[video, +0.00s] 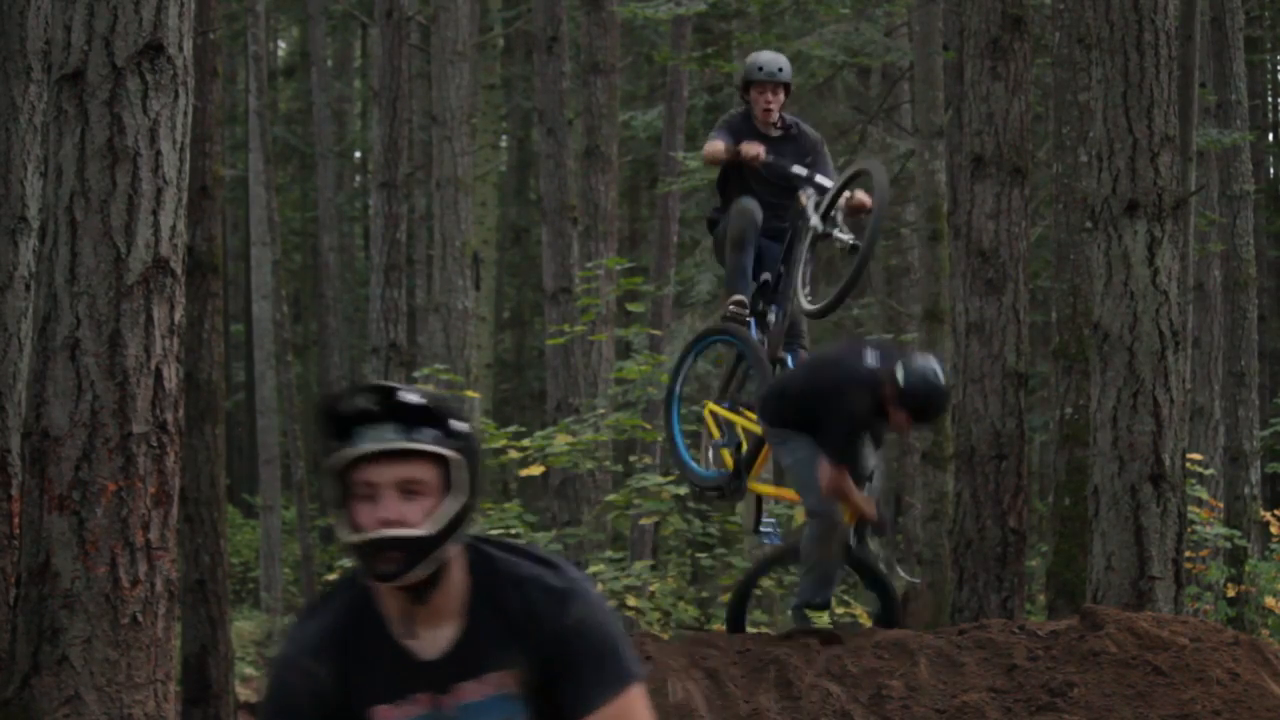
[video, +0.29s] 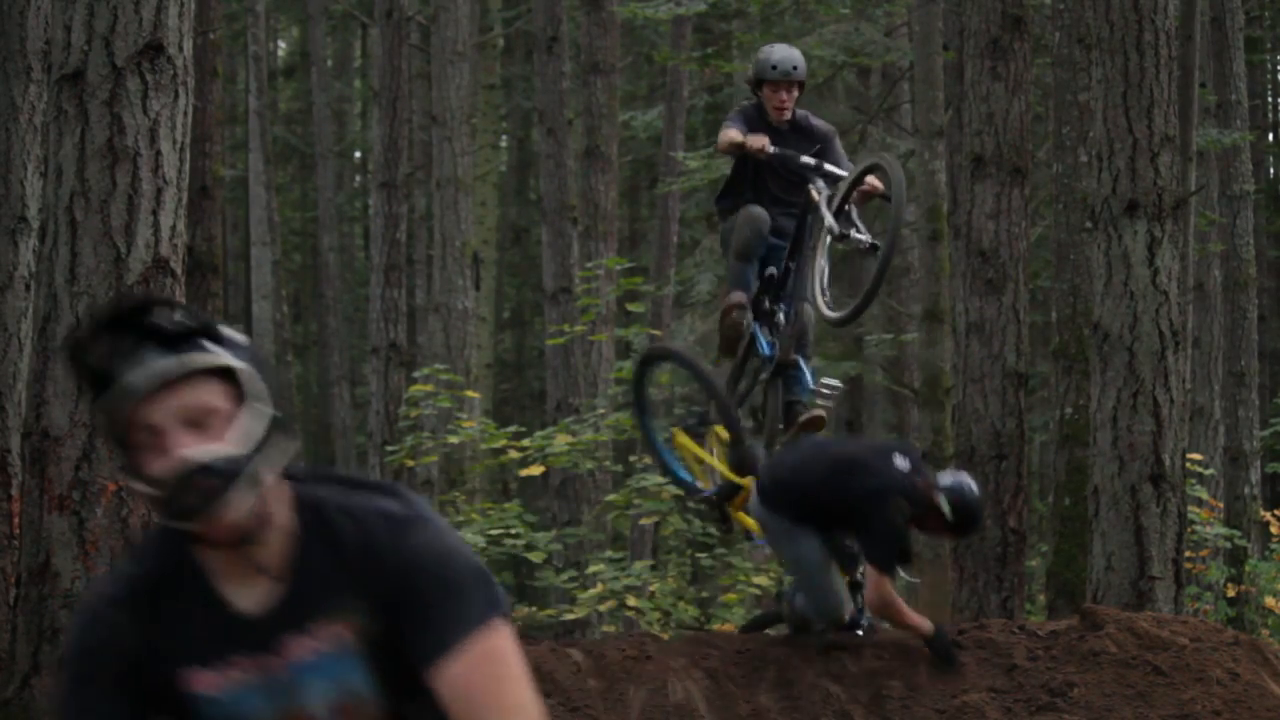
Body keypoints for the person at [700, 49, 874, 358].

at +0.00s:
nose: (769, 99)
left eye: (776, 92)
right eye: (761, 91)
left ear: (786, 95)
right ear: (747, 94)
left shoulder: (807, 140)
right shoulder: (734, 124)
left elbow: (829, 191)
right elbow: (710, 152)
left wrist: (851, 200)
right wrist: (737, 153)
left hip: (783, 244)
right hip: (736, 236)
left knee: (792, 330)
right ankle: (738, 298)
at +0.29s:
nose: (783, 97)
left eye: (790, 89)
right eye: (775, 89)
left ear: (800, 91)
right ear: (759, 89)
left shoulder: (820, 133)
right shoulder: (744, 117)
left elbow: (846, 184)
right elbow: (725, 140)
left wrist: (865, 187)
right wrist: (746, 143)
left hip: (796, 234)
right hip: (746, 225)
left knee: (800, 316)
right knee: (755, 216)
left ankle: (798, 408)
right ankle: (736, 317)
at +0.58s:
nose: (806, 123)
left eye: (814, 114)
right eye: (798, 114)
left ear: (824, 116)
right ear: (780, 113)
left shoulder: (839, 162)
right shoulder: (764, 143)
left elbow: (865, 215)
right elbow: (750, 175)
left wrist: (881, 252)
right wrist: (782, 183)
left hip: (805, 267)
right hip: (756, 256)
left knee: (796, 350)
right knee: (760, 292)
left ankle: (784, 441)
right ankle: (720, 385)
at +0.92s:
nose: (873, 227)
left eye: (879, 218)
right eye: (864, 216)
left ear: (884, 218)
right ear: (838, 211)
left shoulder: (882, 263)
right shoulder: (804, 243)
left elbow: (899, 331)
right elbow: (783, 286)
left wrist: (917, 386)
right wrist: (795, 320)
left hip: (817, 362)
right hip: (774, 342)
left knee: (794, 470)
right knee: (774, 410)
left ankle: (753, 576)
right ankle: (729, 501)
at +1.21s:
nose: (957, 432)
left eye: (967, 425)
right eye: (953, 416)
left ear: (969, 430)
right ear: (929, 403)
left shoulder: (937, 483)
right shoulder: (884, 421)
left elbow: (934, 564)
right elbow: (834, 474)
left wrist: (930, 645)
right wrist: (829, 550)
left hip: (829, 532)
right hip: (792, 488)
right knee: (779, 573)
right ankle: (727, 671)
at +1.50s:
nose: (995, 714)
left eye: (1007, 713)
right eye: (1003, 704)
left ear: (1015, 708)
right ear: (1001, 677)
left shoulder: (963, 709)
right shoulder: (958, 645)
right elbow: (891, 647)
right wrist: (850, 695)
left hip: (863, 693)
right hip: (833, 639)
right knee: (795, 702)